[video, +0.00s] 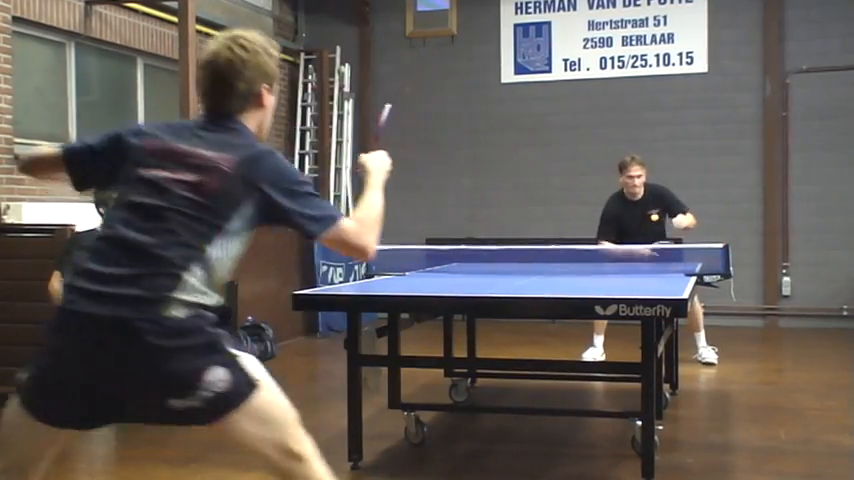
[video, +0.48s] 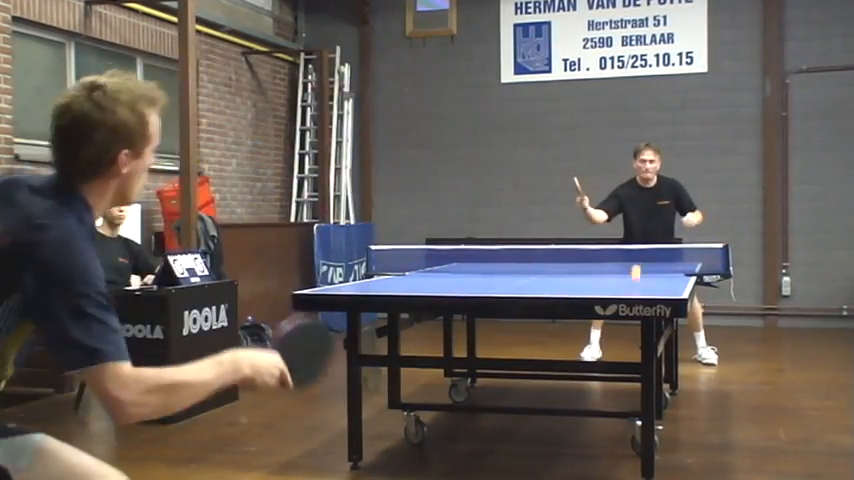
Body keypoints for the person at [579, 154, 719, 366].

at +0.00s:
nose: (635, 182)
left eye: (639, 176)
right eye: (630, 177)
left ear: (645, 177)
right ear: (621, 178)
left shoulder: (659, 194)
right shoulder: (614, 203)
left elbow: (691, 219)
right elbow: (602, 243)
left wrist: (684, 222)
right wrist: (633, 252)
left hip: (659, 265)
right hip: (623, 267)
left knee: (690, 295)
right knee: (602, 296)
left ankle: (702, 347)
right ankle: (597, 347)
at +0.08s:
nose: (638, 180)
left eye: (642, 174)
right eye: (633, 175)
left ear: (648, 174)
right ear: (623, 176)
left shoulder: (660, 192)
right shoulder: (615, 201)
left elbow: (692, 219)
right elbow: (603, 239)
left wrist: (686, 216)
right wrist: (639, 241)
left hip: (660, 262)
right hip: (623, 265)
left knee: (691, 293)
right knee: (603, 295)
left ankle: (703, 347)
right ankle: (597, 347)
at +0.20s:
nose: (643, 173)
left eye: (647, 169)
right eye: (638, 168)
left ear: (652, 170)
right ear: (628, 170)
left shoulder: (662, 189)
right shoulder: (620, 195)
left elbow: (691, 218)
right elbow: (606, 233)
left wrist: (695, 210)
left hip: (663, 262)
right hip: (627, 263)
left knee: (693, 294)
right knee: (604, 296)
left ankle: (703, 347)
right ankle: (597, 347)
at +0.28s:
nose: (646, 169)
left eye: (651, 165)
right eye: (642, 165)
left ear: (656, 167)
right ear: (632, 166)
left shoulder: (666, 189)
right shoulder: (622, 194)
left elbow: (695, 218)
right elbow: (607, 222)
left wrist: (699, 208)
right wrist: (597, 205)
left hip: (665, 261)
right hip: (629, 262)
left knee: (694, 294)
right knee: (605, 296)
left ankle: (703, 347)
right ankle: (597, 347)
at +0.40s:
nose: (649, 166)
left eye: (653, 162)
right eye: (644, 161)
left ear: (659, 164)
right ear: (635, 163)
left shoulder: (670, 187)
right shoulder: (624, 191)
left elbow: (693, 215)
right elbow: (602, 216)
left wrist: (698, 212)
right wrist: (587, 202)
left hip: (667, 260)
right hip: (630, 262)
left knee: (692, 293)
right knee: (607, 295)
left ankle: (703, 347)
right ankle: (597, 347)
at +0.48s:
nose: (647, 166)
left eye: (652, 162)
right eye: (642, 161)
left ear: (659, 164)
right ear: (634, 164)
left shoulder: (671, 187)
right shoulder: (624, 192)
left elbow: (695, 214)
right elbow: (600, 217)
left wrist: (692, 219)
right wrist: (586, 208)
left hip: (667, 259)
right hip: (630, 259)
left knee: (690, 295)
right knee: (602, 291)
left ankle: (702, 347)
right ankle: (593, 345)